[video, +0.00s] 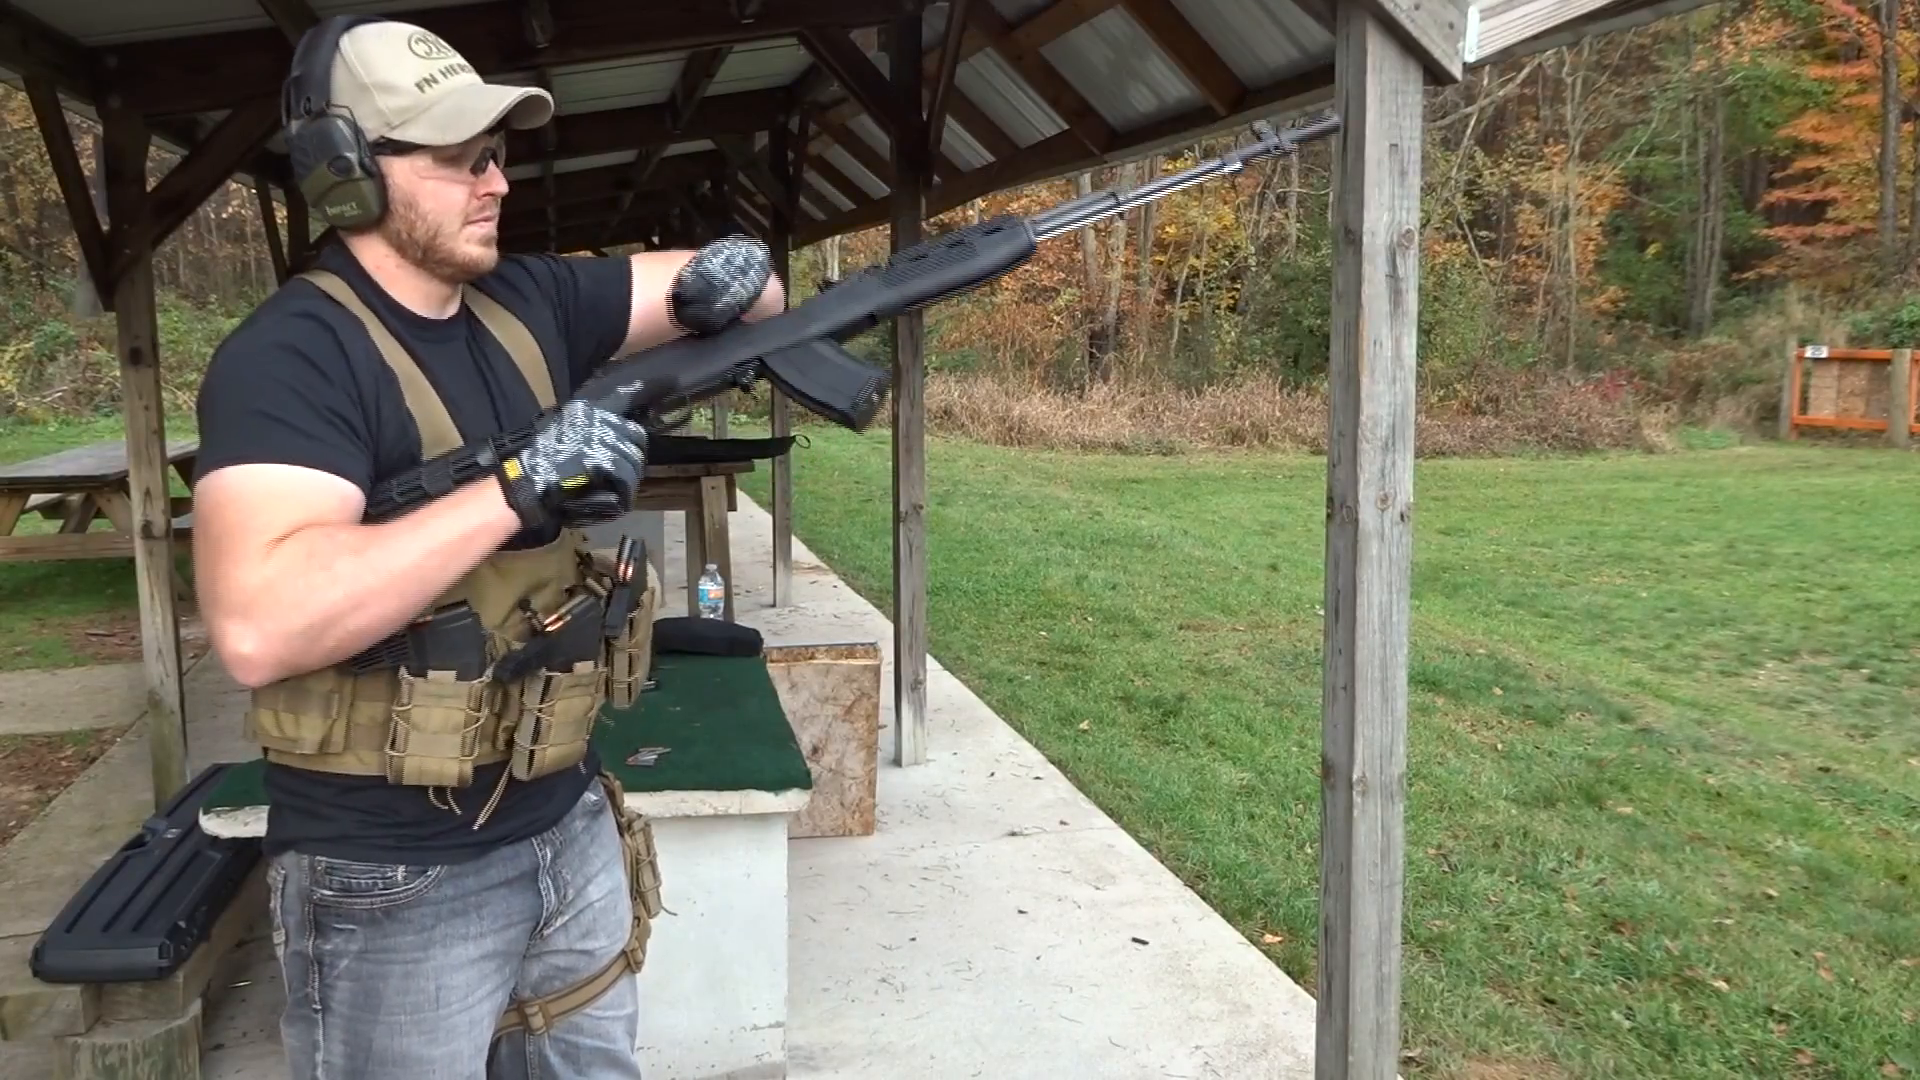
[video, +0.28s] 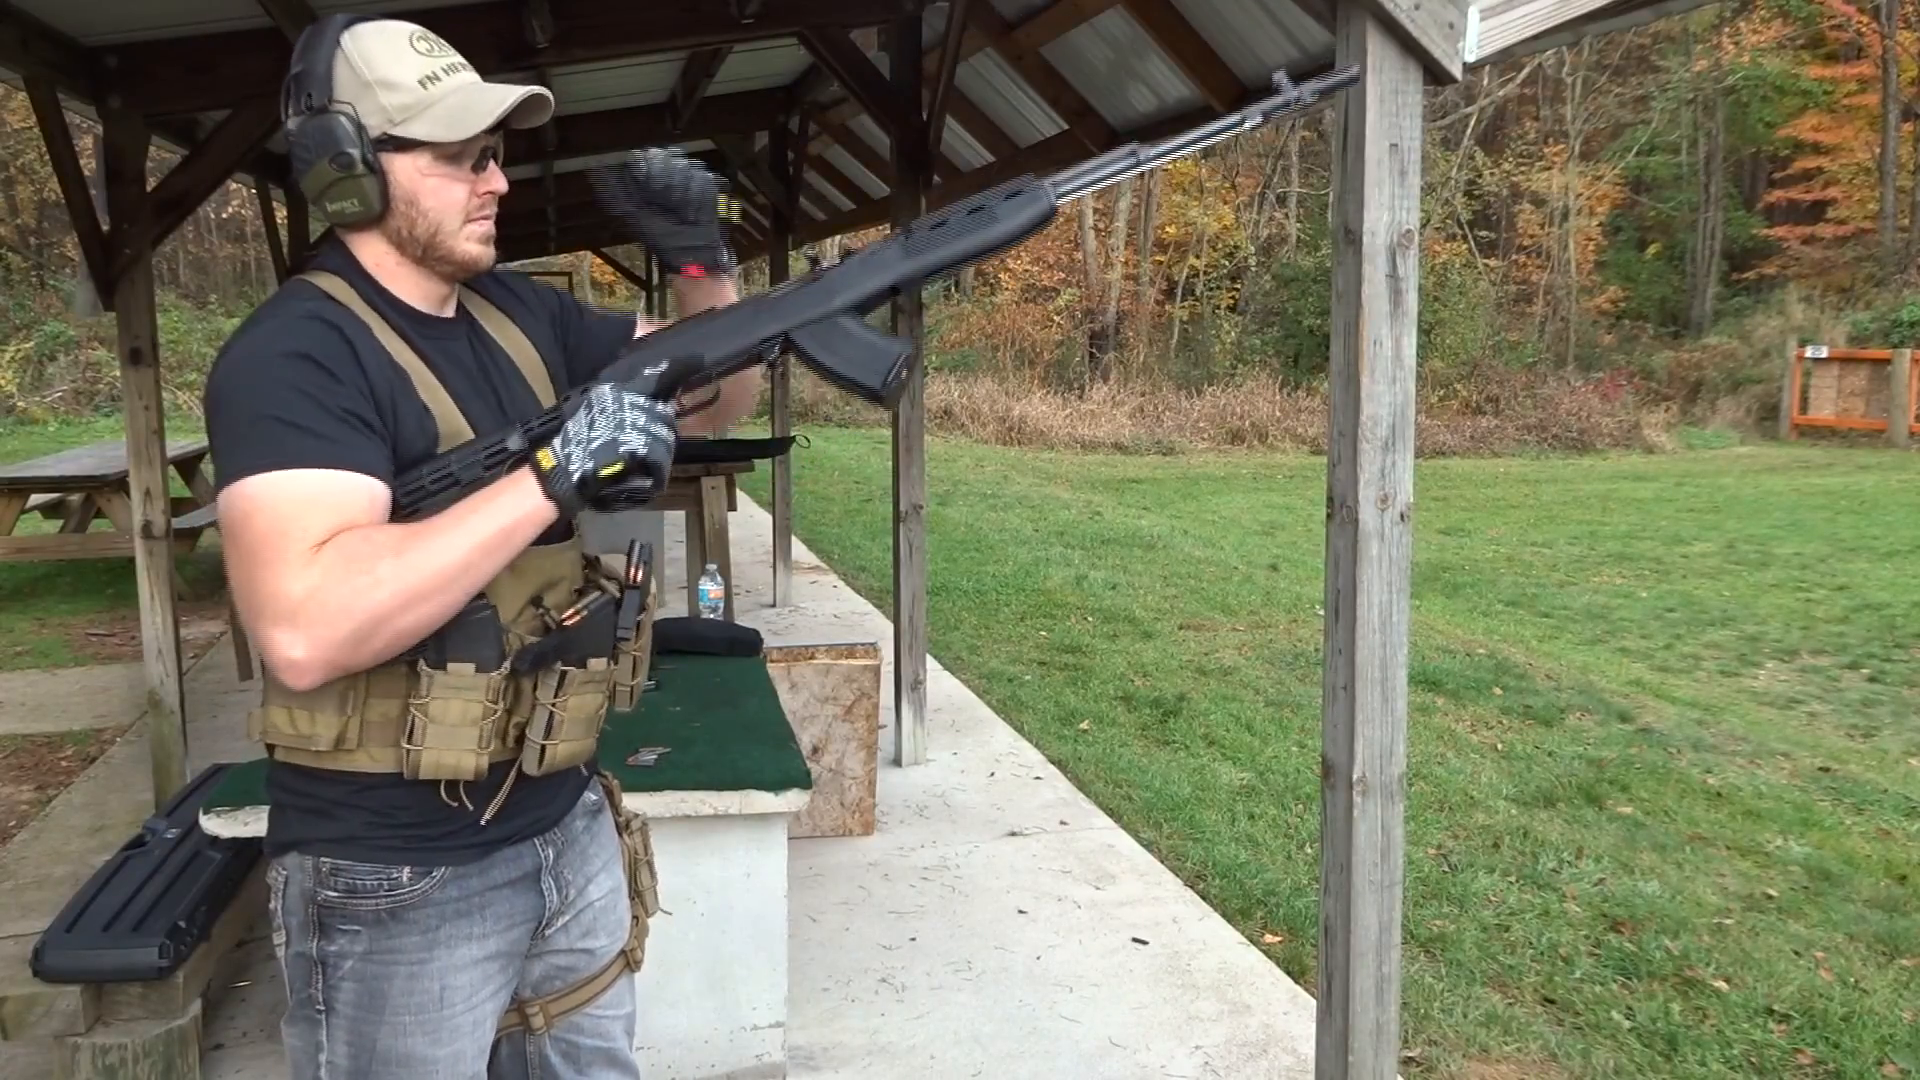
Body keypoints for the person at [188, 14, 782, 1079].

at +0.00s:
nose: (497, 180)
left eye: (495, 152)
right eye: (456, 157)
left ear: (497, 161)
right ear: (350, 175)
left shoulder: (528, 304)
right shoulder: (291, 355)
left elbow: (738, 296)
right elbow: (259, 626)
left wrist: (738, 280)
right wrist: (519, 487)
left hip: (572, 837)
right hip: (396, 888)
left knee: (596, 1064)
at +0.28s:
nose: (498, 180)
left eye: (495, 153)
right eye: (459, 157)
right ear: (350, 175)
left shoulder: (524, 312)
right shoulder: (293, 357)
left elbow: (708, 402)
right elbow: (305, 630)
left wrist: (698, 262)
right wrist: (552, 474)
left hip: (571, 836)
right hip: (397, 888)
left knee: (593, 1064)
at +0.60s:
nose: (521, 195)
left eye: (520, 165)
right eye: (482, 171)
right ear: (375, 180)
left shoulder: (540, 336)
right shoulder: (299, 353)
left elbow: (707, 493)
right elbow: (285, 596)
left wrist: (847, 400)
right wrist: (558, 469)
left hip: (564, 839)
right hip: (388, 888)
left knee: (594, 1065)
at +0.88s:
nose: (543, 210)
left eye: (541, 182)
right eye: (512, 182)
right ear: (394, 184)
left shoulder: (539, 352)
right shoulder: (293, 347)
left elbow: (636, 556)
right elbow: (230, 567)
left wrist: (808, 548)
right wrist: (537, 522)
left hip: (557, 833)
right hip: (368, 892)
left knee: (657, 1060)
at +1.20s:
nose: (708, 250)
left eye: (709, 225)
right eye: (681, 220)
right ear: (577, 217)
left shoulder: (667, 394)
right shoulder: (442, 365)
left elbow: (742, 598)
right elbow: (328, 600)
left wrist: (884, 738)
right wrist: (619, 651)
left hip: (627, 850)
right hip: (442, 880)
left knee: (713, 1064)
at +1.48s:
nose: (877, 290)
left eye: (875, 265)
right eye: (854, 263)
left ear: (778, 266)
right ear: (762, 260)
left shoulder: (801, 432)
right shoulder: (619, 366)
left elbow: (845, 631)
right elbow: (509, 580)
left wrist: (948, 783)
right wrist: (755, 677)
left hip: (690, 836)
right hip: (508, 851)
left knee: (766, 1066)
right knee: (445, 1067)